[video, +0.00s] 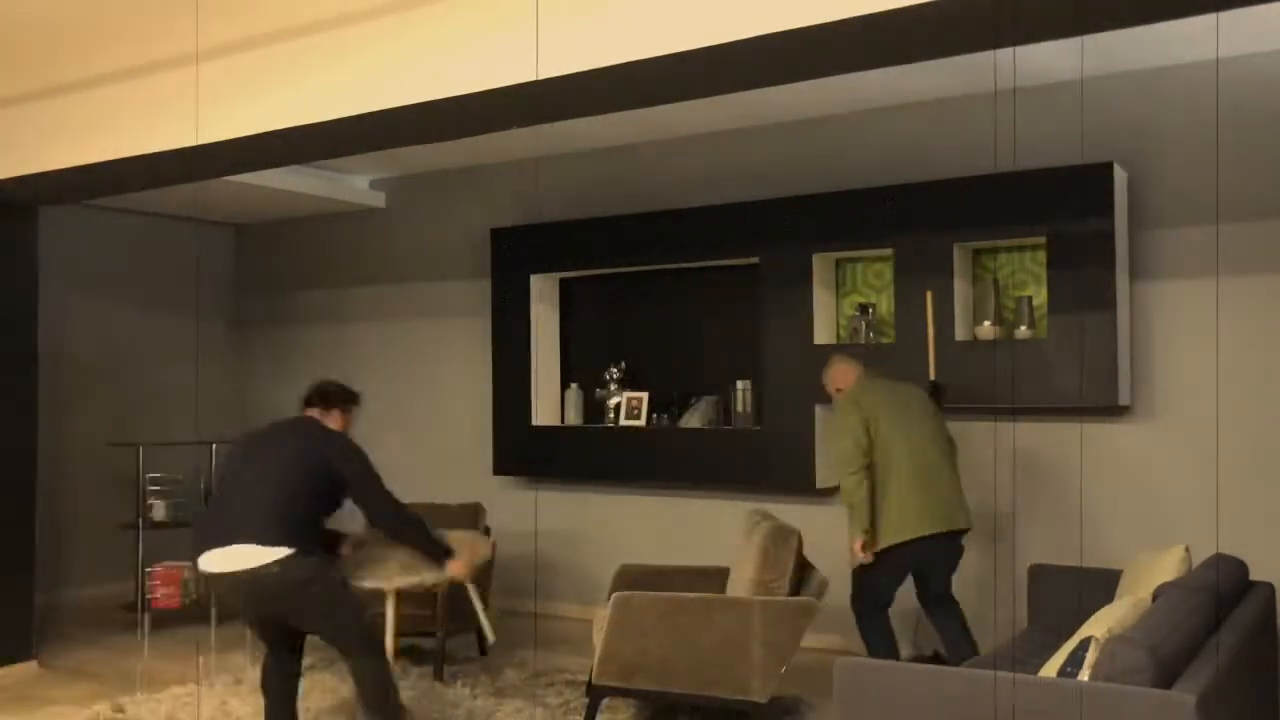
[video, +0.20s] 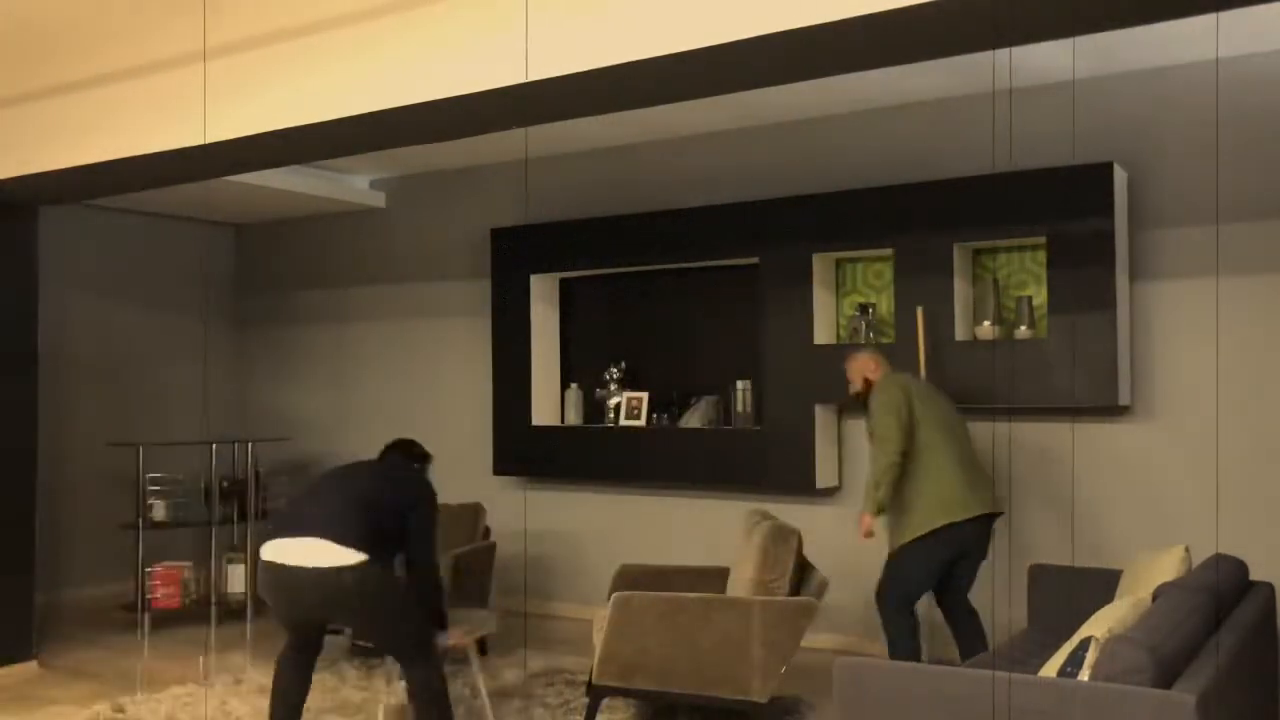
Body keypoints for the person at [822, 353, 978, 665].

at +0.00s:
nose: (838, 402)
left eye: (835, 395)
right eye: (835, 396)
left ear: (841, 384)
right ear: (861, 373)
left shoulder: (851, 403)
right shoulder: (916, 394)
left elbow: (853, 470)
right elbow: (947, 447)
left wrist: (860, 529)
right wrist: (945, 506)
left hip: (898, 528)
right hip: (949, 522)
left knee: (868, 604)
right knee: (937, 595)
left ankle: (890, 682)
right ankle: (972, 670)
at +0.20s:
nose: (857, 390)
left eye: (857, 381)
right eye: (853, 384)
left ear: (872, 369)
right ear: (880, 366)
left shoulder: (889, 390)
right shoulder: (925, 390)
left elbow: (889, 450)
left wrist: (871, 508)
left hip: (937, 514)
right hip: (978, 510)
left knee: (893, 597)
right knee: (952, 593)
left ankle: (908, 683)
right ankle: (983, 676)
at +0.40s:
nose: (857, 394)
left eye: (857, 385)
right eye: (854, 387)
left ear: (874, 371)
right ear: (880, 369)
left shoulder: (895, 392)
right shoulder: (924, 389)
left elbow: (904, 453)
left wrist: (893, 509)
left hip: (954, 513)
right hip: (989, 508)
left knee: (914, 602)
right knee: (959, 597)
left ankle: (929, 688)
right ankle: (988, 678)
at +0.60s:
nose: (865, 391)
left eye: (861, 385)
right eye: (862, 386)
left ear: (866, 378)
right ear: (886, 365)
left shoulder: (900, 394)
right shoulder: (920, 388)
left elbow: (917, 454)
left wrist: (916, 515)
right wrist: (912, 501)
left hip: (963, 513)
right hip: (989, 508)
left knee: (925, 602)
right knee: (957, 599)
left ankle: (933, 692)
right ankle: (990, 678)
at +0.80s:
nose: (879, 380)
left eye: (875, 374)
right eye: (875, 375)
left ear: (881, 364)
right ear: (898, 353)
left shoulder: (910, 383)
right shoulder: (936, 378)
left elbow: (918, 451)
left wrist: (904, 511)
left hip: (954, 516)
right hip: (985, 510)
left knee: (921, 603)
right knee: (960, 598)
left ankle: (932, 693)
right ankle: (990, 678)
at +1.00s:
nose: (868, 377)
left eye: (869, 366)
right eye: (865, 369)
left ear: (888, 353)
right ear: (894, 352)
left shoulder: (912, 381)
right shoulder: (933, 376)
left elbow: (918, 451)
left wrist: (907, 512)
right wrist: (906, 502)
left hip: (954, 514)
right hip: (982, 509)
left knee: (918, 602)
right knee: (959, 598)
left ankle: (933, 692)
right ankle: (991, 677)